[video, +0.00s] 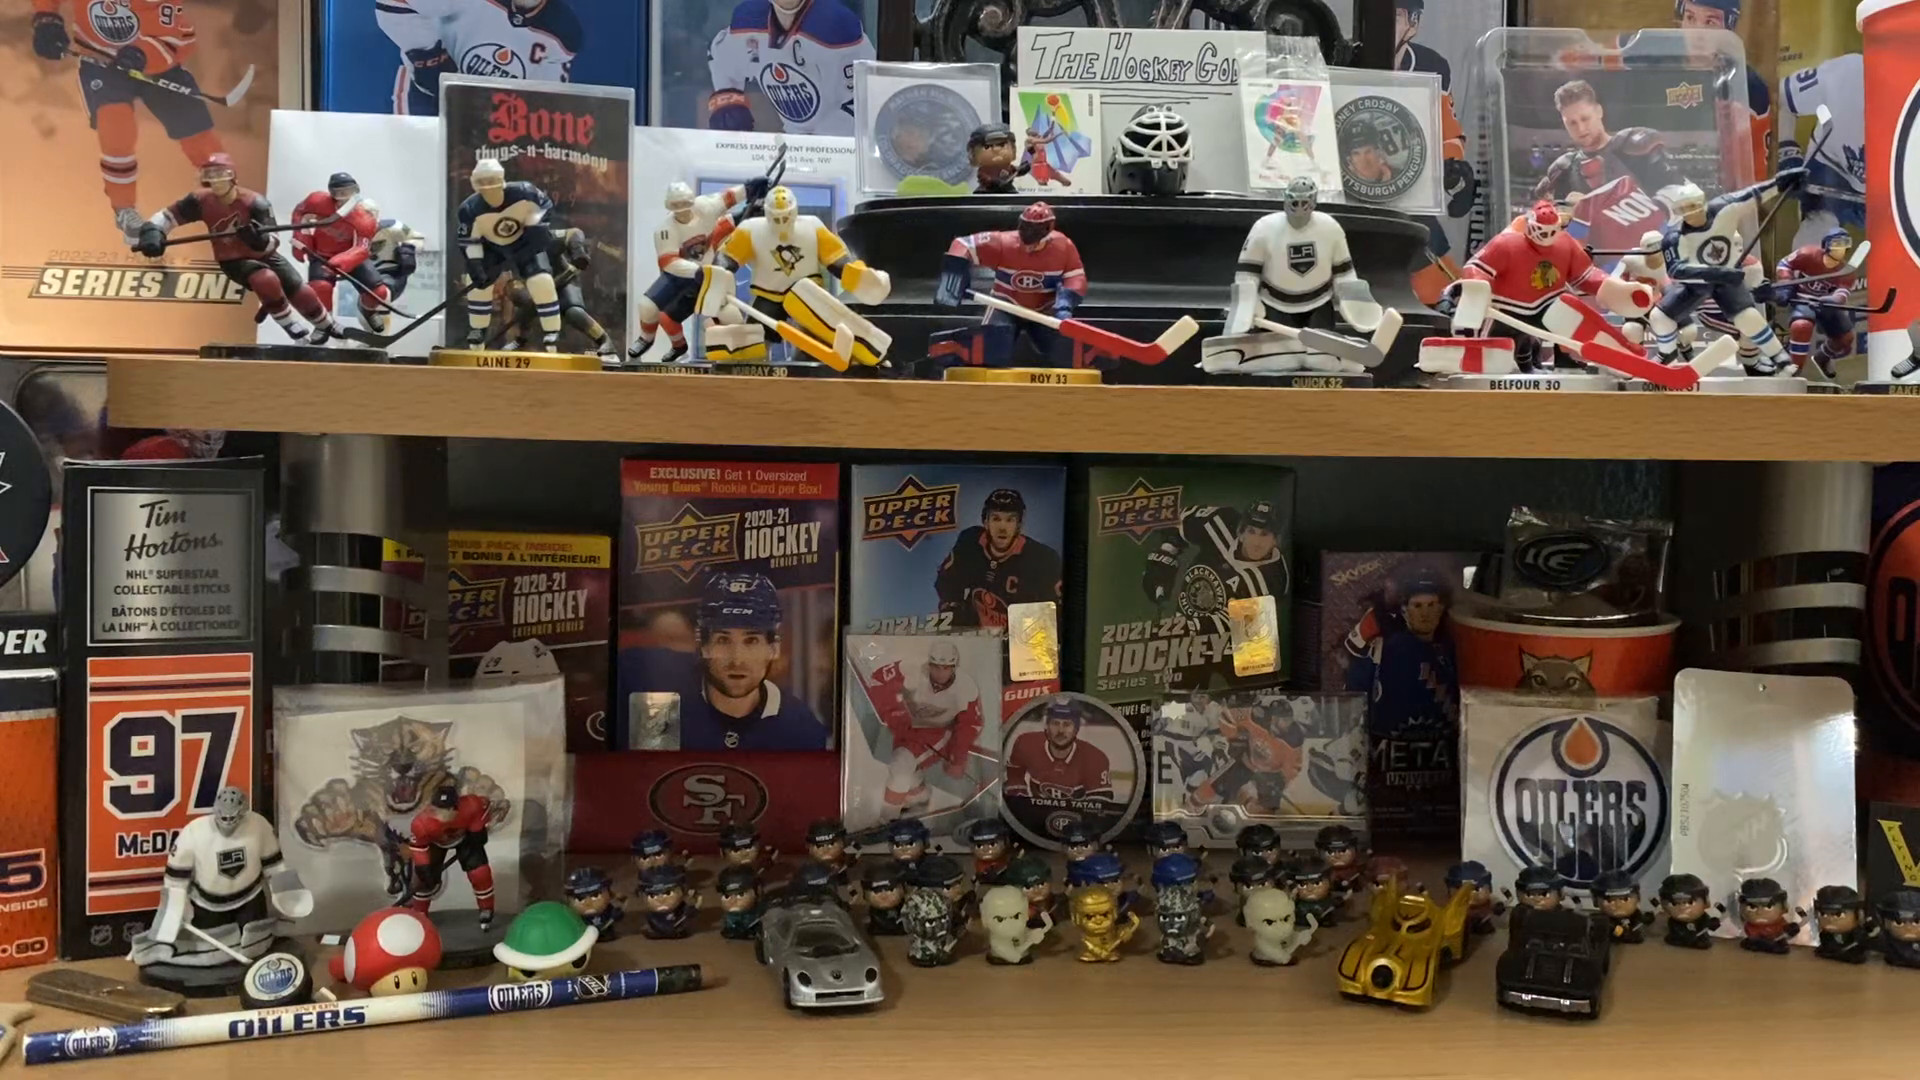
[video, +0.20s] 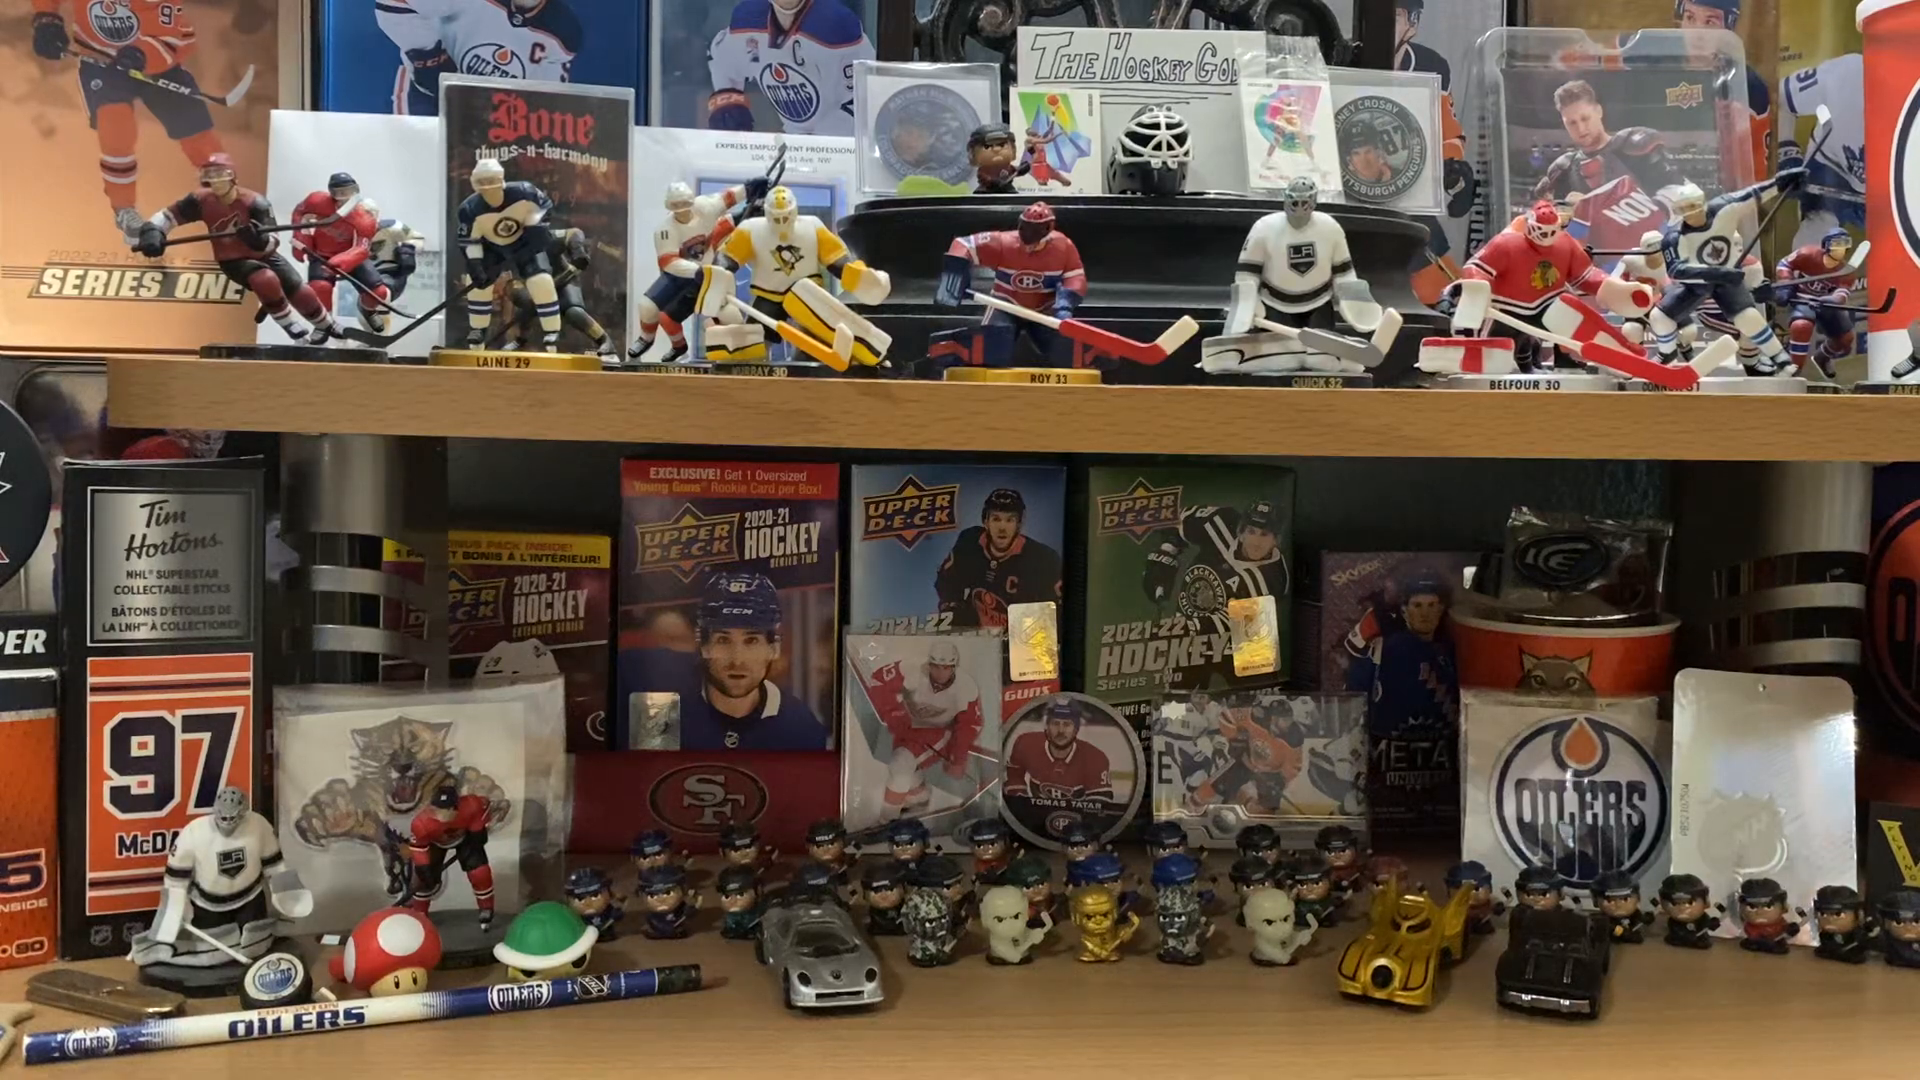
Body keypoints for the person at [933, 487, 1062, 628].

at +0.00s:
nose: (1003, 527)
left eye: (1009, 520)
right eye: (996, 519)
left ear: (1019, 524)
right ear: (985, 522)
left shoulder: (1042, 559)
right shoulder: (969, 541)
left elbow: (1051, 605)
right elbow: (946, 577)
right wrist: (950, 606)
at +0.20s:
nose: (1002, 527)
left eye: (1009, 520)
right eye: (996, 520)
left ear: (1018, 524)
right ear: (986, 522)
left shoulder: (1043, 559)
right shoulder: (969, 541)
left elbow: (1051, 604)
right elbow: (946, 577)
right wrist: (950, 607)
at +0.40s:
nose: (1002, 527)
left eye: (1009, 520)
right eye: (996, 519)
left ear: (1019, 524)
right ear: (985, 522)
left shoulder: (1042, 559)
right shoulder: (969, 541)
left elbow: (1051, 605)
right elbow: (946, 577)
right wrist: (950, 607)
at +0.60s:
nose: (1002, 527)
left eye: (1009, 520)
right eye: (996, 520)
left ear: (1019, 524)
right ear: (986, 522)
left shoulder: (1042, 558)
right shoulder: (969, 541)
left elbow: (1051, 604)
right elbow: (946, 576)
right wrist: (950, 606)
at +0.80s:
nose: (1002, 527)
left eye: (1009, 520)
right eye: (996, 519)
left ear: (1019, 524)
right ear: (986, 522)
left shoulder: (1043, 559)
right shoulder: (969, 541)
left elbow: (1050, 604)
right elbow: (946, 576)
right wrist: (950, 606)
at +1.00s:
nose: (1003, 527)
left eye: (1009, 520)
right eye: (996, 519)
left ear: (1019, 524)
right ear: (986, 522)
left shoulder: (1043, 559)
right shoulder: (969, 541)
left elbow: (1051, 604)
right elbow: (945, 578)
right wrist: (951, 607)